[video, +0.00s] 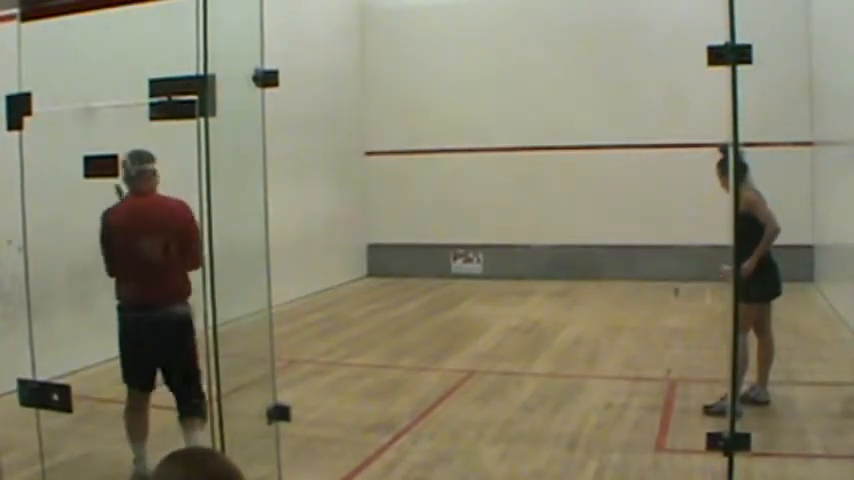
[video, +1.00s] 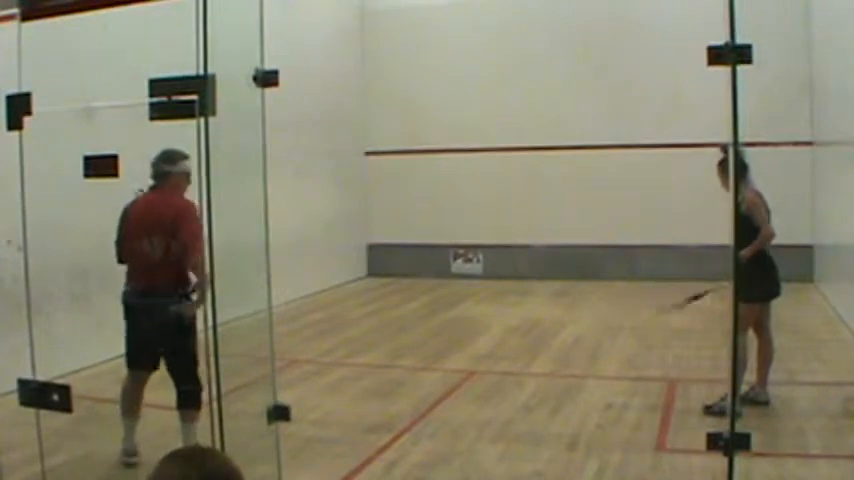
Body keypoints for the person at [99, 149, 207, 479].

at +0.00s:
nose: (148, 180)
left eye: (140, 175)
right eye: (151, 174)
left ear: (126, 179)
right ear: (156, 176)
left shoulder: (113, 217)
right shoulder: (178, 210)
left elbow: (112, 268)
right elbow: (193, 260)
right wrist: (161, 257)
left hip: (135, 319)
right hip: (175, 317)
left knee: (137, 393)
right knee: (187, 392)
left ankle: (140, 464)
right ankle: (198, 462)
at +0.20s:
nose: (160, 179)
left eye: (158, 174)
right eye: (157, 174)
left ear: (127, 178)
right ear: (151, 176)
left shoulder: (109, 214)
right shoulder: (171, 207)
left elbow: (115, 257)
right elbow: (188, 255)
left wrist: (151, 255)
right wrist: (154, 258)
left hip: (130, 316)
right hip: (169, 314)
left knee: (136, 389)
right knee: (185, 381)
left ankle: (139, 463)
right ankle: (192, 452)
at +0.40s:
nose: (171, 179)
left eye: (170, 173)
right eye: (169, 174)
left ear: (137, 177)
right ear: (163, 177)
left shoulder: (117, 212)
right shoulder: (178, 209)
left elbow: (124, 250)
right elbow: (193, 255)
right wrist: (157, 249)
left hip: (133, 312)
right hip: (171, 311)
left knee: (138, 386)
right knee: (182, 381)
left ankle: (139, 463)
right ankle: (189, 449)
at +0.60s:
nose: (191, 182)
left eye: (190, 176)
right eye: (188, 176)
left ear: (157, 176)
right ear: (182, 177)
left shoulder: (133, 206)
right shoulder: (191, 211)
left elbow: (123, 252)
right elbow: (204, 261)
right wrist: (197, 285)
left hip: (138, 306)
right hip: (177, 307)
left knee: (140, 376)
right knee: (187, 378)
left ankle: (137, 450)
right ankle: (192, 450)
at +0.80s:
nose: (197, 184)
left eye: (196, 179)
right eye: (195, 178)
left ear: (164, 176)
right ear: (188, 178)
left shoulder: (137, 208)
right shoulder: (194, 211)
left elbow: (123, 253)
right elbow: (207, 259)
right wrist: (204, 295)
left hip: (140, 302)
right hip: (179, 302)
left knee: (139, 368)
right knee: (188, 377)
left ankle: (127, 445)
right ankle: (191, 447)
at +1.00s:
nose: (189, 181)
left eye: (188, 175)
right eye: (186, 175)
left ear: (156, 175)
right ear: (173, 175)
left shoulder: (133, 209)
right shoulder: (184, 209)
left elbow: (122, 255)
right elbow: (193, 255)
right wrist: (202, 282)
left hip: (138, 302)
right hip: (176, 303)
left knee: (137, 372)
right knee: (186, 378)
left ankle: (128, 444)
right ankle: (190, 446)